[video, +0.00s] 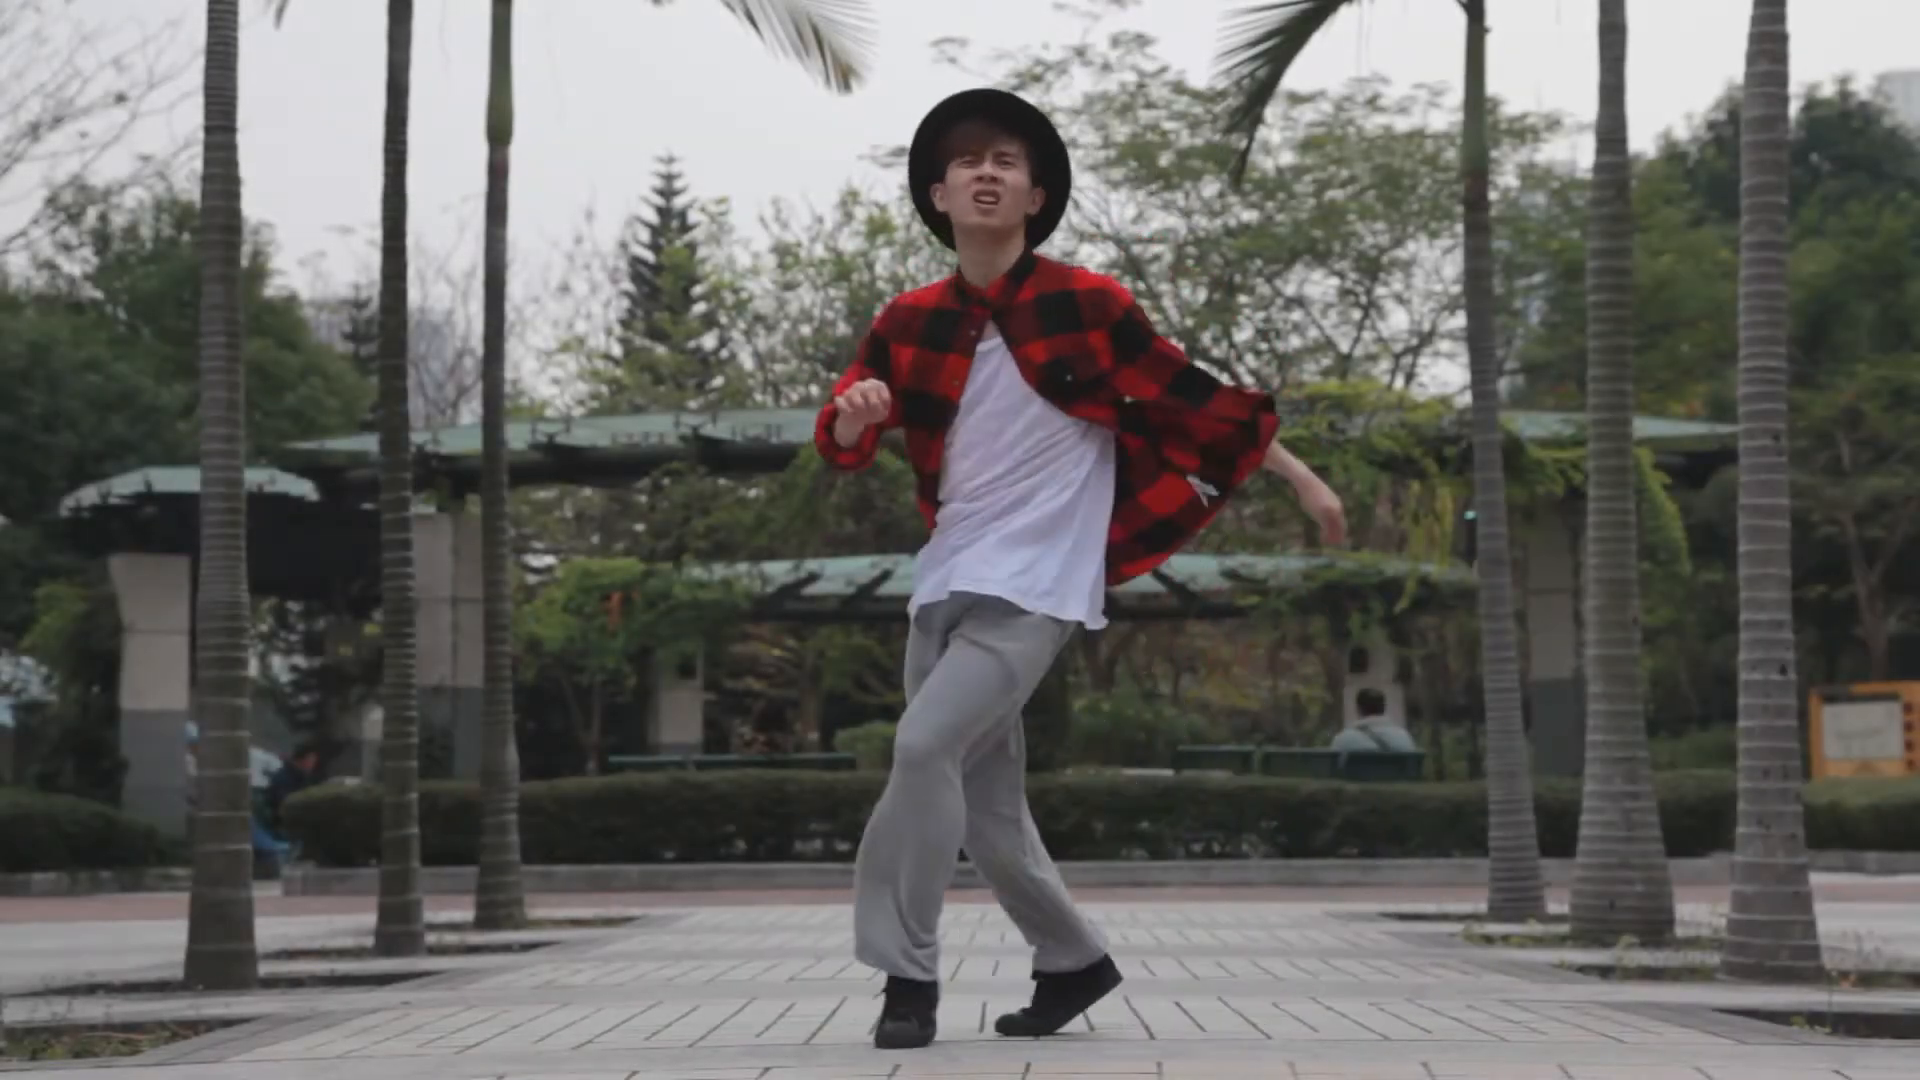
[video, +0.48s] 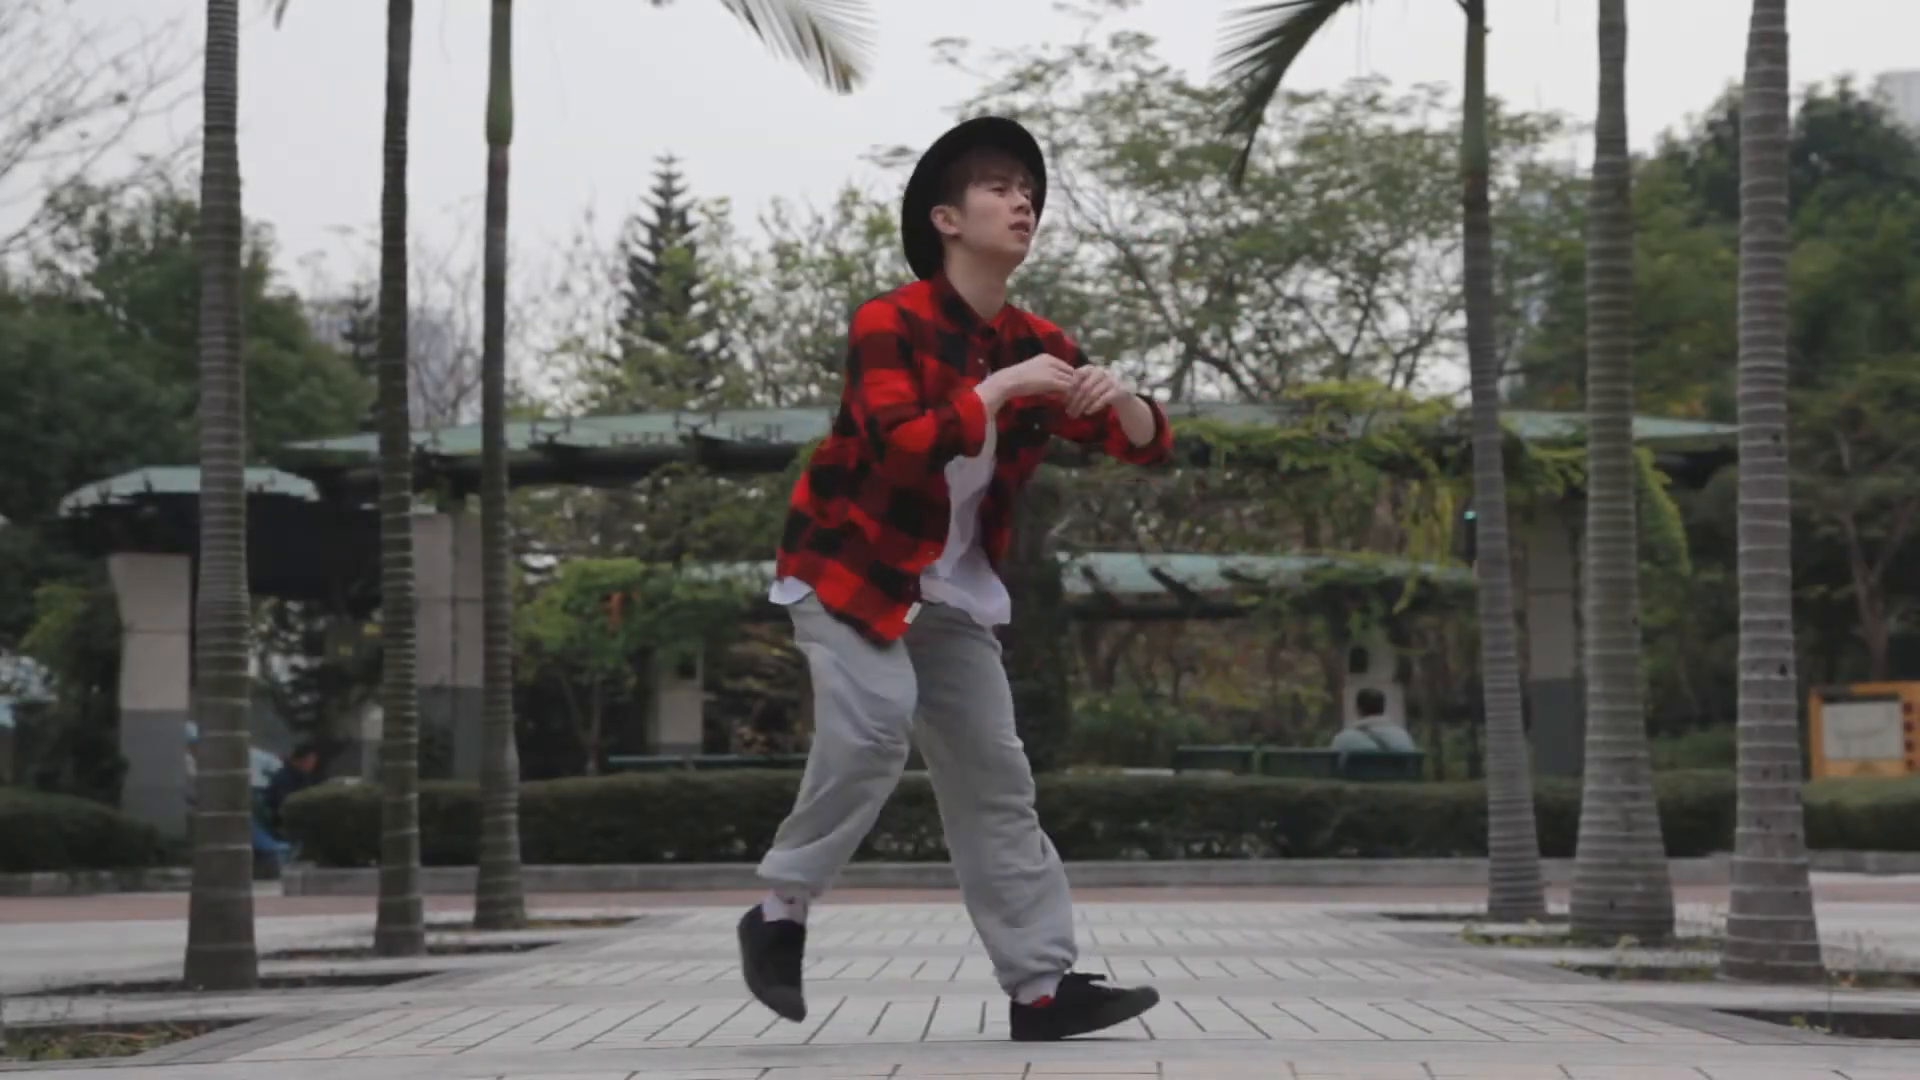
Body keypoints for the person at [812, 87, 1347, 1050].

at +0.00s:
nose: (986, 173)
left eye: (1006, 160)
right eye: (966, 159)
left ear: (1038, 193)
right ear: (934, 192)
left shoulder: (1087, 305)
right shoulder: (909, 321)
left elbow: (1193, 401)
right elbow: (841, 449)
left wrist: (1302, 477)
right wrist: (850, 419)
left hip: (1039, 586)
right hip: (944, 582)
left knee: (922, 744)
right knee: (984, 809)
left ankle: (908, 973)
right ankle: (1071, 959)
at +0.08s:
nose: (1001, 177)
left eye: (1019, 166)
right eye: (978, 166)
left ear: (1047, 199)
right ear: (944, 202)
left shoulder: (1100, 306)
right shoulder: (903, 322)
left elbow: (1210, 380)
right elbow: (854, 446)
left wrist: (1335, 436)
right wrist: (907, 468)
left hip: (1033, 566)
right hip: (929, 569)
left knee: (895, 719)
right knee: (946, 767)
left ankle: (966, 928)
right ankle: (1055, 948)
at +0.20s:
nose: (1022, 214)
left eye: (1035, 200)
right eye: (996, 200)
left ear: (1054, 227)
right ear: (955, 235)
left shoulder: (1086, 351)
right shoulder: (911, 352)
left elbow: (1181, 425)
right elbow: (928, 492)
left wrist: (1302, 420)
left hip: (1001, 595)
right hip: (896, 601)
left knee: (918, 784)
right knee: (927, 813)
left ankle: (992, 980)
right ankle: (1064, 966)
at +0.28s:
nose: (1037, 217)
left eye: (1046, 205)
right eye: (1012, 201)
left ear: (1057, 232)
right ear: (961, 232)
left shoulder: (1059, 357)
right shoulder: (908, 347)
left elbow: (1127, 466)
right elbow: (938, 488)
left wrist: (1212, 427)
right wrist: (1066, 512)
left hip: (993, 598)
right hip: (887, 612)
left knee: (951, 774)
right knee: (905, 827)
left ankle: (996, 991)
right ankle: (1022, 940)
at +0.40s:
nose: (1033, 194)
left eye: (1038, 184)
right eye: (1007, 180)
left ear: (1048, 212)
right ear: (956, 214)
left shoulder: (1045, 339)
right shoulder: (903, 320)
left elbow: (1139, 447)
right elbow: (931, 452)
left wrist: (1135, 410)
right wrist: (1032, 390)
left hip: (979, 576)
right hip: (875, 570)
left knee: (988, 761)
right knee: (899, 707)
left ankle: (1009, 976)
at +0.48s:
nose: (1022, 205)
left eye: (1028, 193)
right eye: (997, 188)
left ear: (1035, 223)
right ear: (943, 217)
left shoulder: (1035, 343)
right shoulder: (889, 323)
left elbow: (1148, 444)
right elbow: (903, 441)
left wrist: (1124, 402)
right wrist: (1005, 385)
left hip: (951, 584)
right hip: (848, 572)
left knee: (993, 769)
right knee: (869, 738)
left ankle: (1040, 986)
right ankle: (781, 908)